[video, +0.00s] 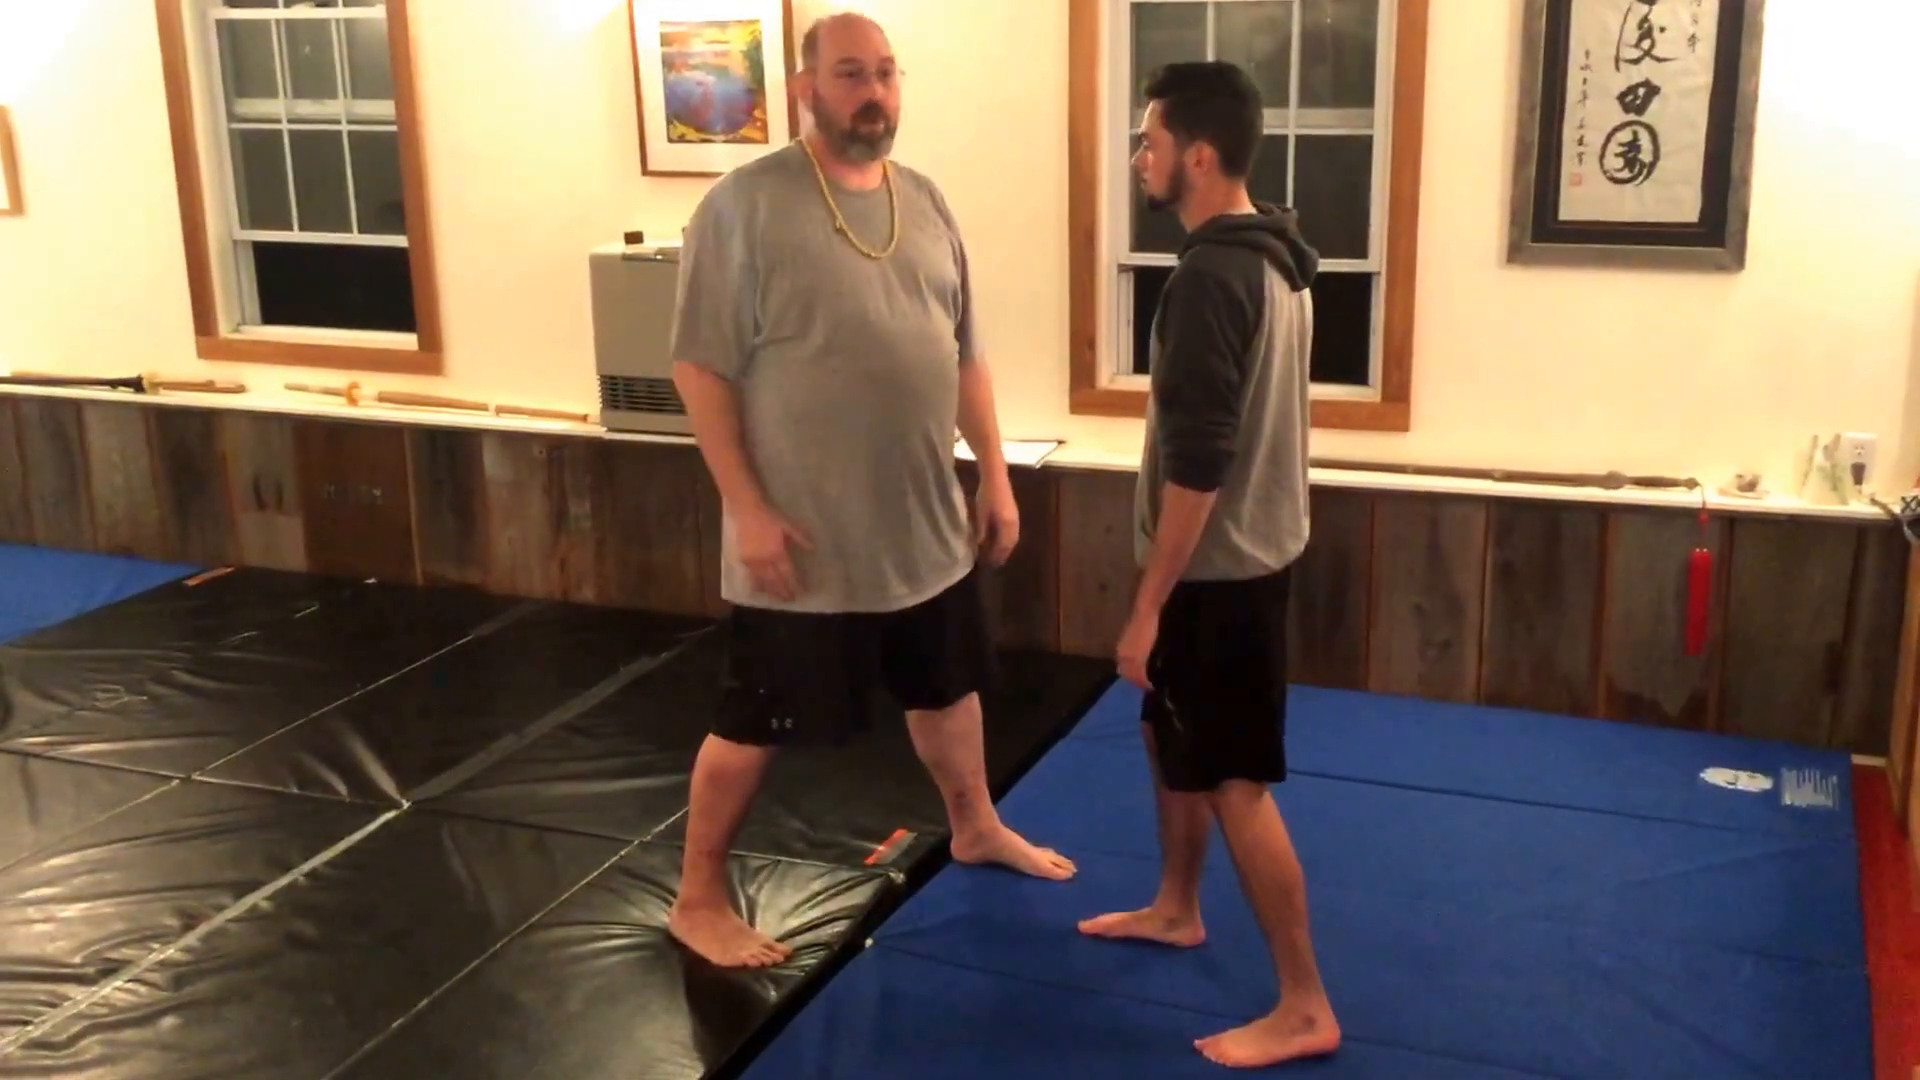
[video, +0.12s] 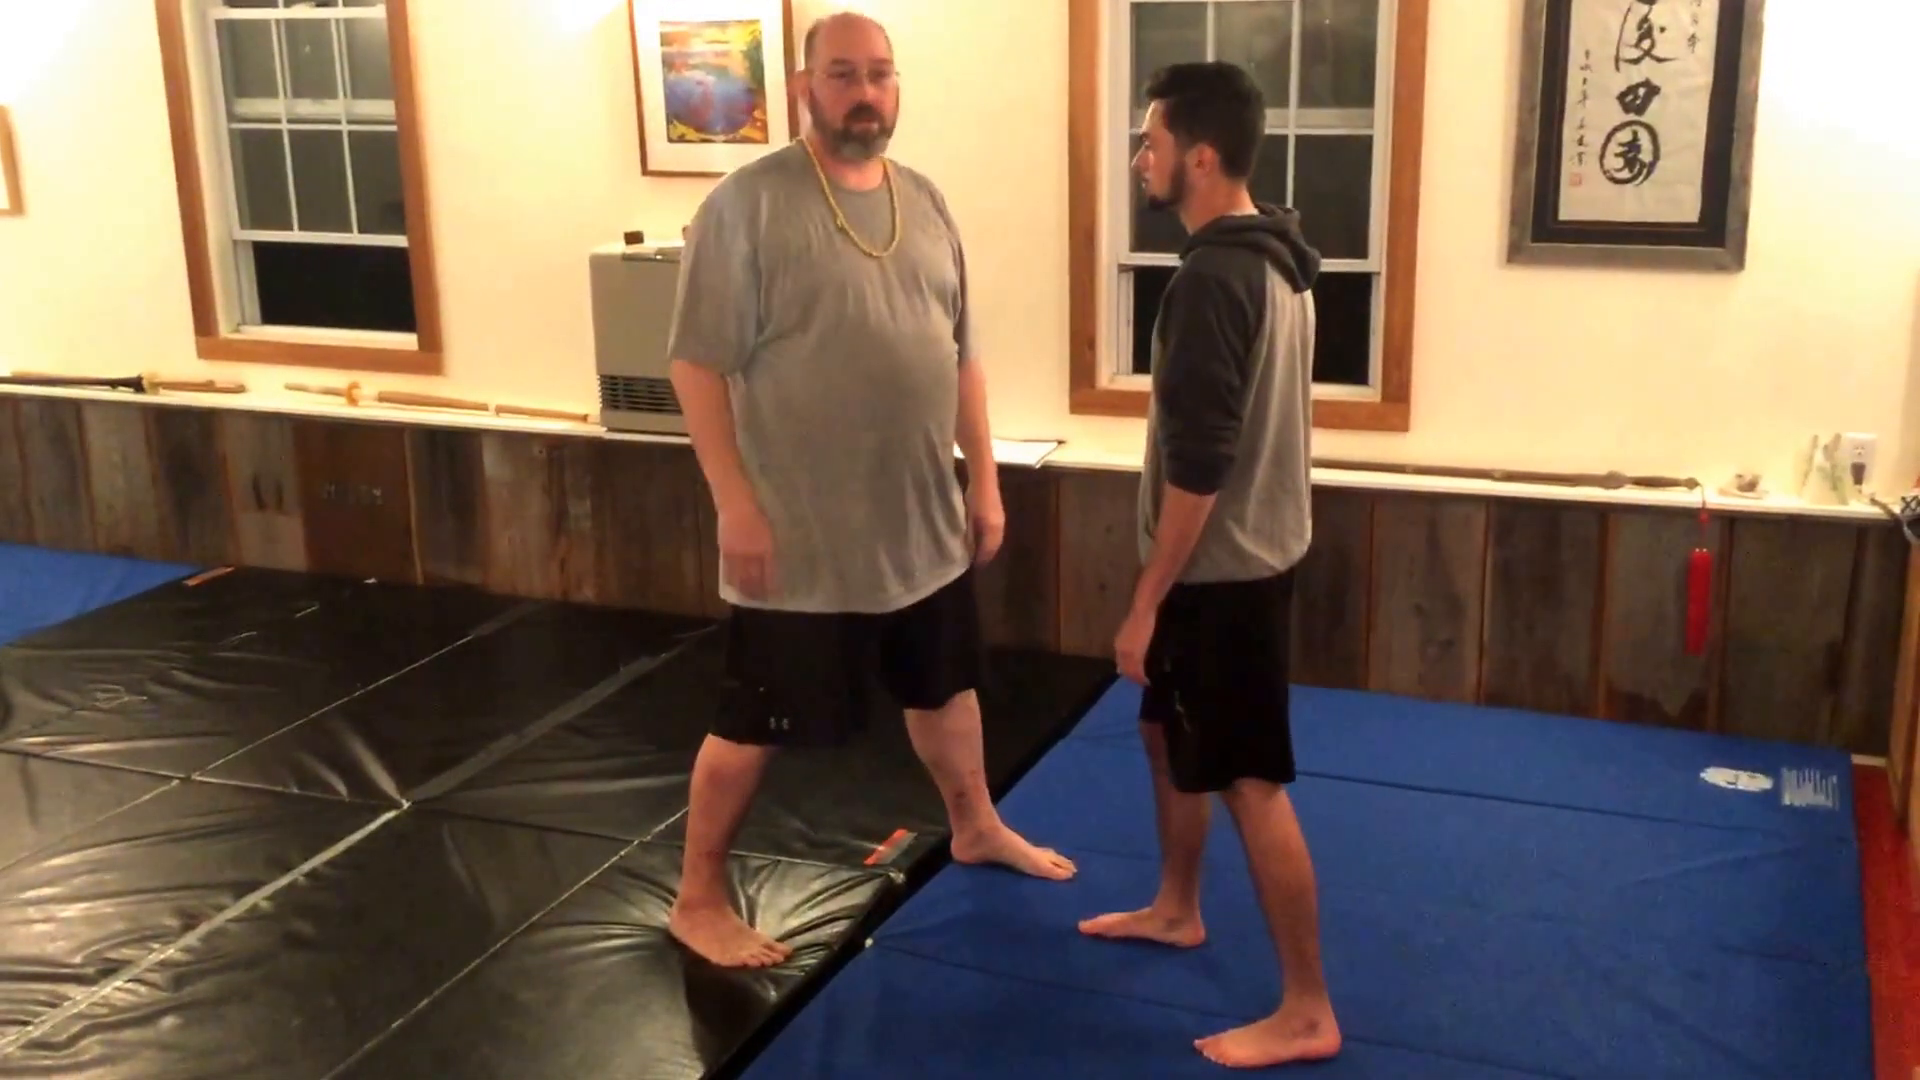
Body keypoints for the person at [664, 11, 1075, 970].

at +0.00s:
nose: (874, 91)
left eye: (886, 73)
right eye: (850, 74)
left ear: (902, 87)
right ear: (803, 90)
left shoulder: (926, 202)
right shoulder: (743, 205)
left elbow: (962, 350)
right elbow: (699, 366)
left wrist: (995, 471)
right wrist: (745, 507)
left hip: (924, 516)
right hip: (794, 533)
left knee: (950, 684)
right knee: (753, 723)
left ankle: (977, 828)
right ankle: (698, 896)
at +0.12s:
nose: (867, 92)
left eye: (881, 74)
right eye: (843, 75)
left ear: (899, 87)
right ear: (801, 90)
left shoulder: (926, 203)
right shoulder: (746, 205)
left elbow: (959, 352)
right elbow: (695, 364)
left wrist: (983, 480)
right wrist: (735, 505)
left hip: (920, 512)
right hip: (793, 526)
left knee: (947, 683)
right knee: (751, 723)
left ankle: (978, 828)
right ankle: (698, 896)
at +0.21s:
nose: (862, 92)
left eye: (878, 74)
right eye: (840, 74)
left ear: (898, 87)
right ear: (802, 88)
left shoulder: (925, 202)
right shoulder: (746, 204)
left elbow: (957, 351)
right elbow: (693, 362)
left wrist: (979, 479)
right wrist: (737, 472)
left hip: (920, 510)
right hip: (793, 525)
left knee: (947, 680)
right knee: (750, 722)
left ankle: (977, 827)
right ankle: (698, 896)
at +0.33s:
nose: (859, 94)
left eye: (875, 76)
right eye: (838, 76)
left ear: (897, 87)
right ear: (801, 87)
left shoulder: (925, 202)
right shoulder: (744, 205)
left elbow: (955, 353)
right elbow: (695, 351)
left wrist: (981, 478)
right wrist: (739, 368)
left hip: (919, 504)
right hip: (793, 517)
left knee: (945, 678)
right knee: (750, 720)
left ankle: (977, 828)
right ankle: (698, 897)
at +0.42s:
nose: (858, 96)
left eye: (874, 77)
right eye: (836, 78)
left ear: (896, 86)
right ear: (800, 88)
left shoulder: (924, 201)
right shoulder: (744, 203)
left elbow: (956, 349)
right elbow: (696, 356)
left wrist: (983, 475)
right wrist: (735, 341)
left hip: (919, 500)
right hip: (793, 513)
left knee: (945, 678)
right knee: (752, 718)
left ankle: (977, 827)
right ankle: (699, 897)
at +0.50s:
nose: (857, 94)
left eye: (872, 76)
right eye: (835, 77)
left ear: (895, 87)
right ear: (799, 89)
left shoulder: (924, 203)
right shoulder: (745, 202)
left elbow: (956, 351)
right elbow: (697, 348)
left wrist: (986, 475)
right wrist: (737, 330)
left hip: (918, 500)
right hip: (792, 511)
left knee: (945, 676)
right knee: (752, 716)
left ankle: (977, 826)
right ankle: (698, 896)